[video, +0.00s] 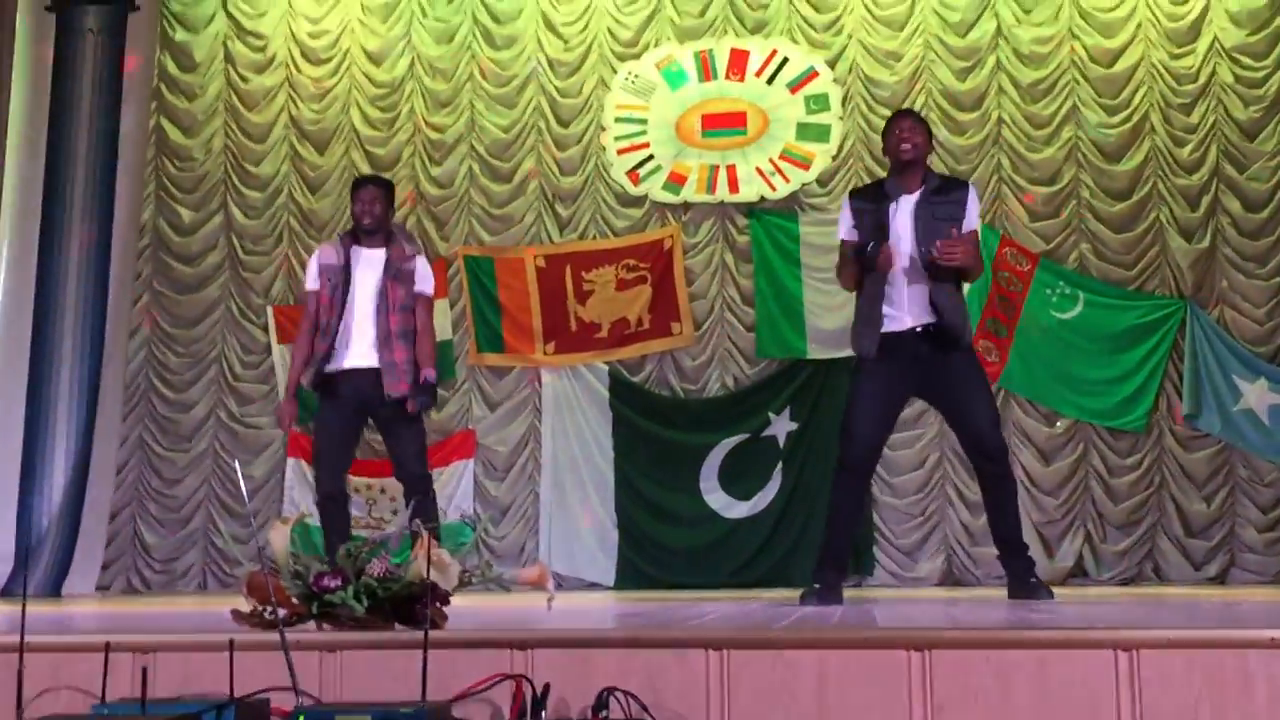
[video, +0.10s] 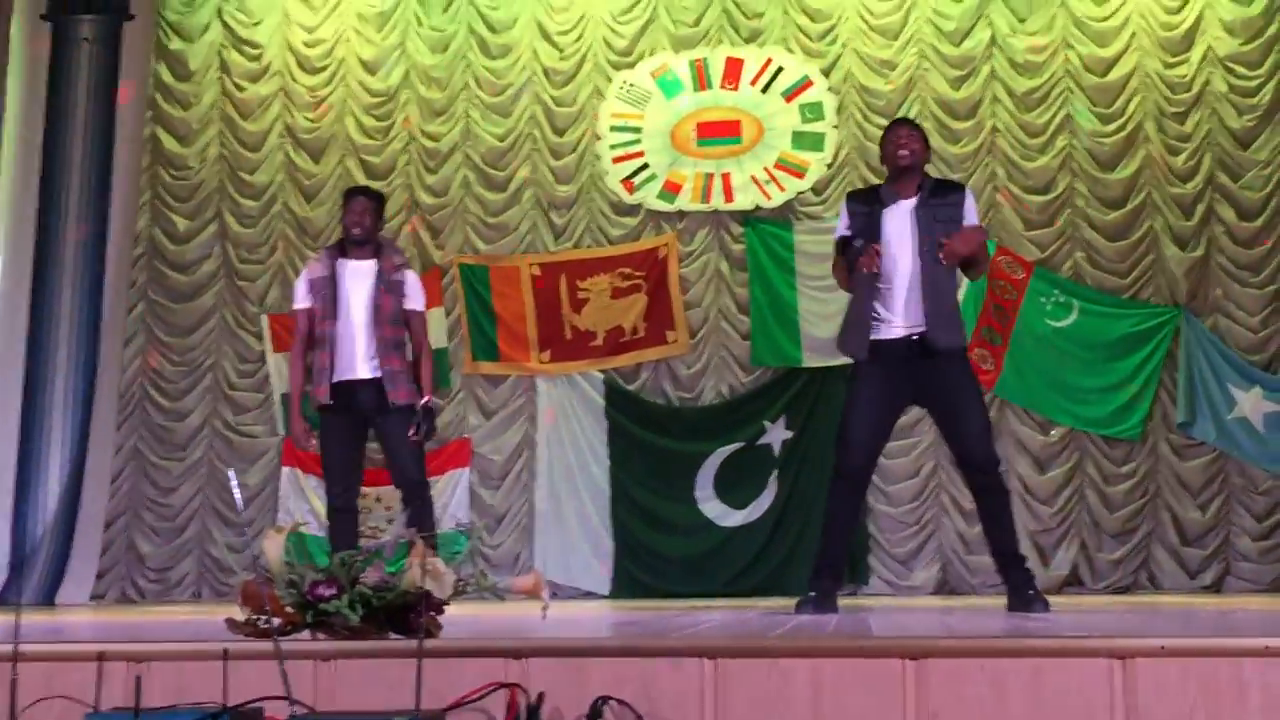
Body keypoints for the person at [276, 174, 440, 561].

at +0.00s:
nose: (367, 209)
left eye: (375, 202)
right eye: (361, 202)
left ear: (390, 208)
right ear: (350, 208)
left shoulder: (412, 261)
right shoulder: (326, 257)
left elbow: (423, 326)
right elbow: (307, 329)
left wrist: (428, 377)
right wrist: (290, 392)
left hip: (395, 385)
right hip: (340, 386)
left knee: (415, 478)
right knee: (328, 483)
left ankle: (431, 568)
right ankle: (338, 572)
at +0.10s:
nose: (358, 221)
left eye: (367, 214)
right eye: (351, 213)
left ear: (379, 221)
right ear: (341, 217)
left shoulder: (401, 273)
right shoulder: (315, 273)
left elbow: (421, 343)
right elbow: (300, 346)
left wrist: (427, 401)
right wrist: (295, 413)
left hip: (392, 394)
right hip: (337, 399)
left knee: (414, 486)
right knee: (340, 498)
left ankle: (429, 575)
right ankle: (345, 585)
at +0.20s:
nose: (342, 231)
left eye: (351, 224)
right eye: (335, 224)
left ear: (365, 231)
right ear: (327, 229)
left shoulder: (386, 280)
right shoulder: (305, 281)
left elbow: (426, 338)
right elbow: (264, 342)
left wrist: (435, 392)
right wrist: (282, 397)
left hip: (381, 404)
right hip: (326, 409)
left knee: (402, 496)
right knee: (329, 507)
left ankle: (419, 584)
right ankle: (332, 592)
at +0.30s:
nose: (339, 225)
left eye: (348, 219)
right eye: (333, 219)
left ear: (363, 226)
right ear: (323, 225)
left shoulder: (386, 271)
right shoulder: (300, 273)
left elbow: (439, 318)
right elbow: (244, 314)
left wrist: (447, 347)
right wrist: (266, 347)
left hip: (375, 399)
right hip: (321, 401)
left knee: (395, 492)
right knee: (323, 501)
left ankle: (414, 582)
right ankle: (322, 588)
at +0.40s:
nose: (336, 212)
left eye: (344, 205)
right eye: (329, 205)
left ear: (359, 213)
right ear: (320, 212)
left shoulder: (379, 261)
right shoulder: (298, 261)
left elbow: (429, 314)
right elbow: (256, 316)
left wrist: (476, 300)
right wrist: (229, 296)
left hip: (368, 389)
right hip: (315, 392)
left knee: (389, 484)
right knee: (315, 490)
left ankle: (408, 573)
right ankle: (313, 580)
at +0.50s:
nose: (339, 203)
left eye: (347, 196)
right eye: (332, 196)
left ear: (361, 204)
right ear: (322, 201)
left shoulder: (383, 252)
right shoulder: (296, 251)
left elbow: (416, 308)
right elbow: (289, 309)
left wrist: (441, 297)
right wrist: (245, 291)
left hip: (367, 375)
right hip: (312, 376)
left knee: (382, 469)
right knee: (309, 473)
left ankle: (396, 559)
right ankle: (303, 562)